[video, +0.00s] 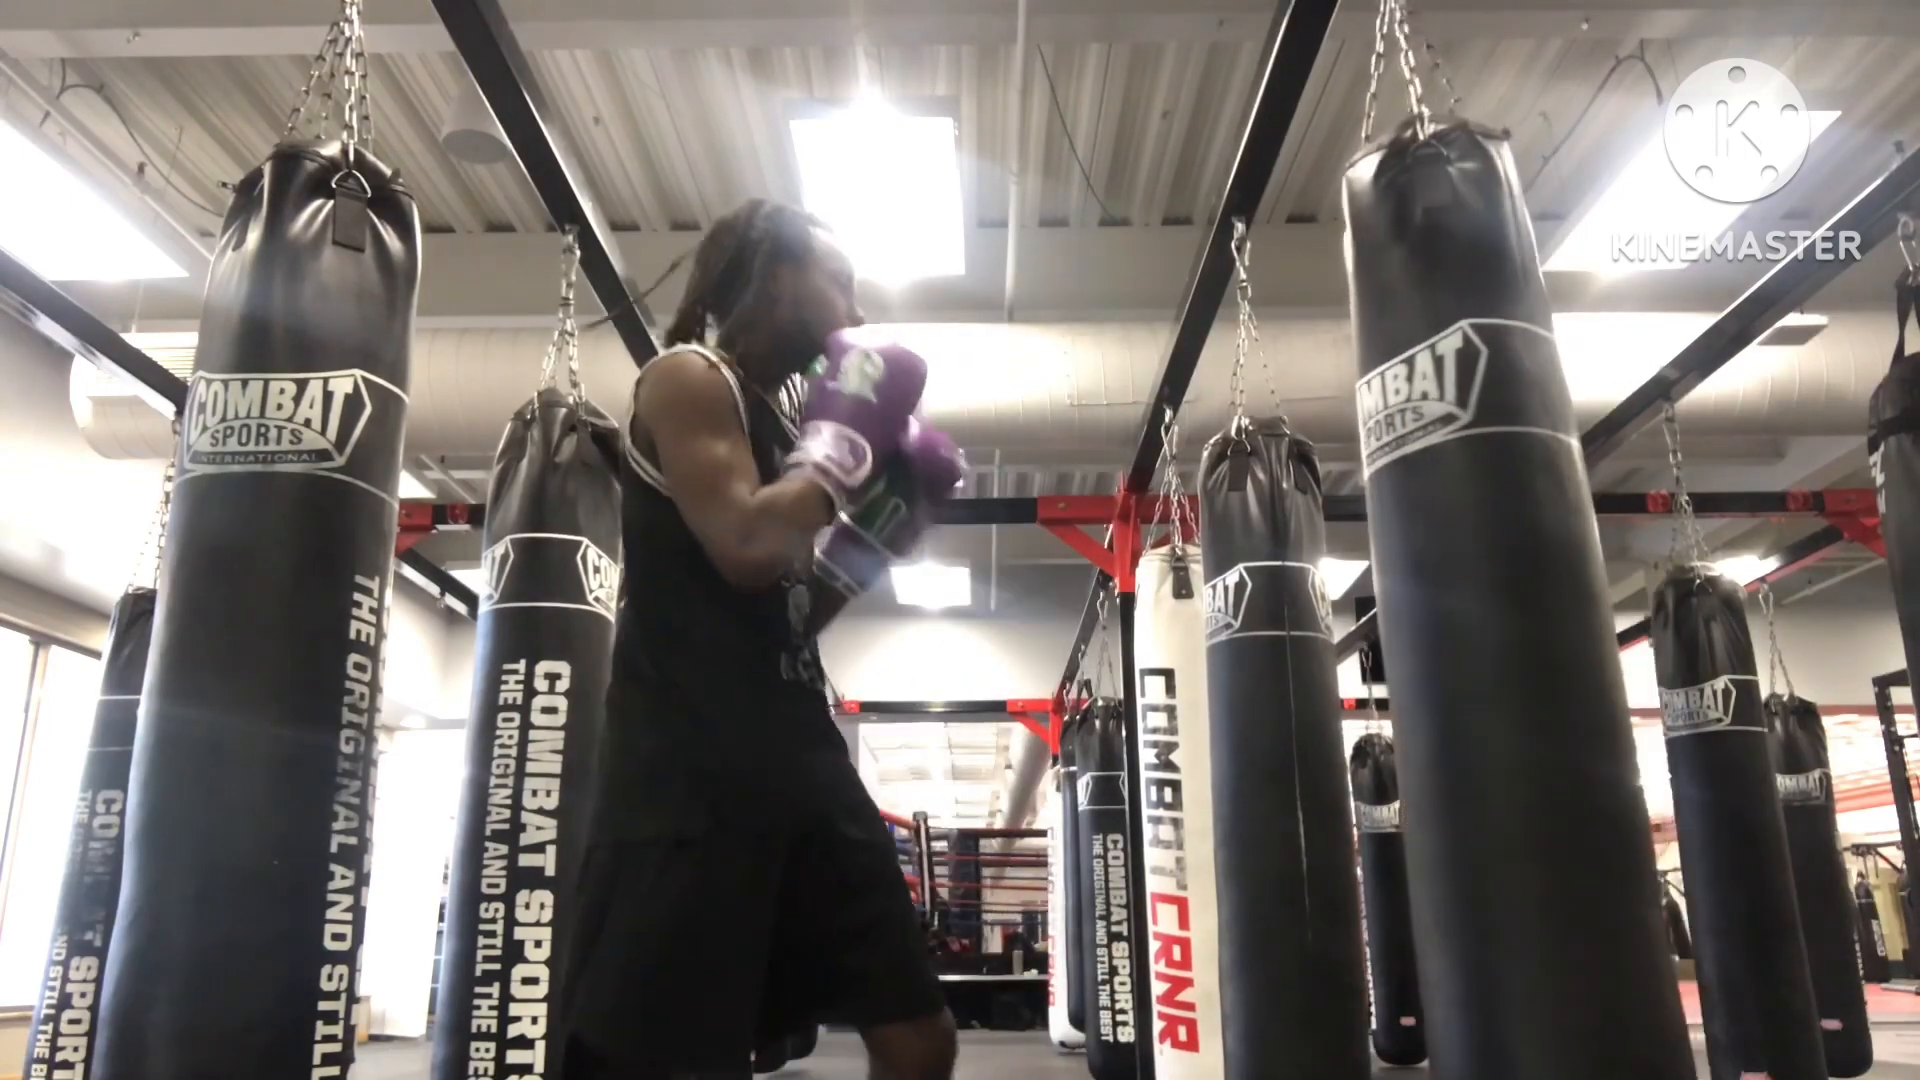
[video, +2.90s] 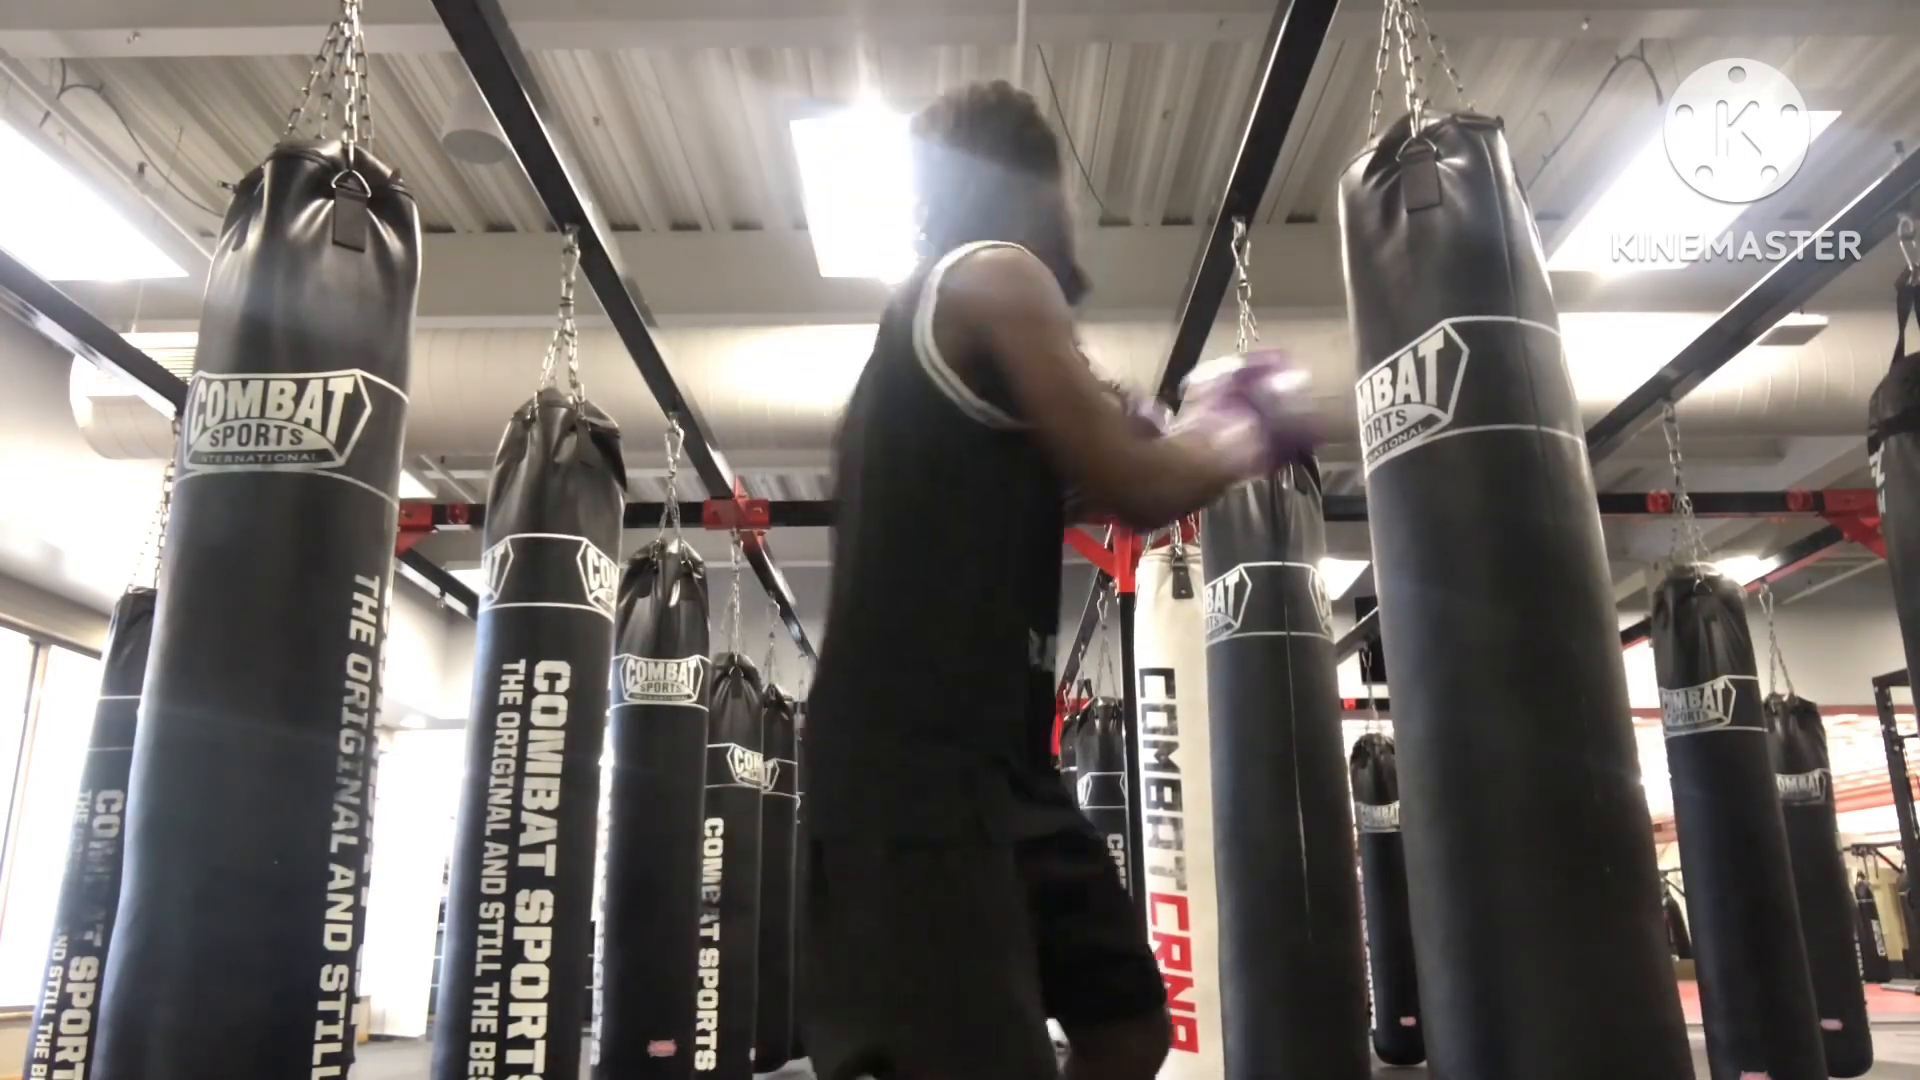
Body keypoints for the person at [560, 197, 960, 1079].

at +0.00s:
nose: (853, 308)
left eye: (851, 286)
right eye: (835, 279)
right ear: (768, 276)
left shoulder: (772, 418)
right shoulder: (686, 375)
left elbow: (789, 617)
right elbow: (746, 543)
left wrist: (890, 526)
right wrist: (843, 437)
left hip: (796, 760)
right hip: (695, 765)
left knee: (916, 1038)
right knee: (672, 1048)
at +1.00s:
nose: (954, 278)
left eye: (954, 253)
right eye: (942, 248)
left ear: (879, 245)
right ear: (878, 237)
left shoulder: (849, 373)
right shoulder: (776, 318)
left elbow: (912, 555)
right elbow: (860, 513)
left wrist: (964, 451)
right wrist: (960, 420)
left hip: (872, 734)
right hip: (790, 738)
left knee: (1003, 1031)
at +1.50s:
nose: (1029, 235)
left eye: (1027, 213)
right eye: (1019, 207)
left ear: (922, 192)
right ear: (974, 196)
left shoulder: (885, 288)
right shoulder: (904, 260)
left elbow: (1000, 485)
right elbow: (1004, 479)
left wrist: (1071, 395)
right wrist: (1078, 392)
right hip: (888, 753)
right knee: (923, 1035)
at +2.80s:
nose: (1056, 200)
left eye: (1050, 174)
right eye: (1047, 172)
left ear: (915, 187)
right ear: (1017, 172)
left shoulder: (871, 350)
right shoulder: (988, 268)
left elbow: (1001, 543)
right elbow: (1160, 452)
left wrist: (1165, 471)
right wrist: (1235, 429)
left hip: (863, 796)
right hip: (944, 797)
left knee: (1102, 1045)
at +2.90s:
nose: (1076, 210)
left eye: (1070, 182)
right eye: (1068, 180)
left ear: (946, 184)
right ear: (1030, 181)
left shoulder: (929, 312)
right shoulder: (997, 279)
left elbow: (1088, 481)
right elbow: (1138, 485)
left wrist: (1199, 424)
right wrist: (1255, 442)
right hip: (933, 779)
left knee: (1124, 1031)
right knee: (980, 1055)